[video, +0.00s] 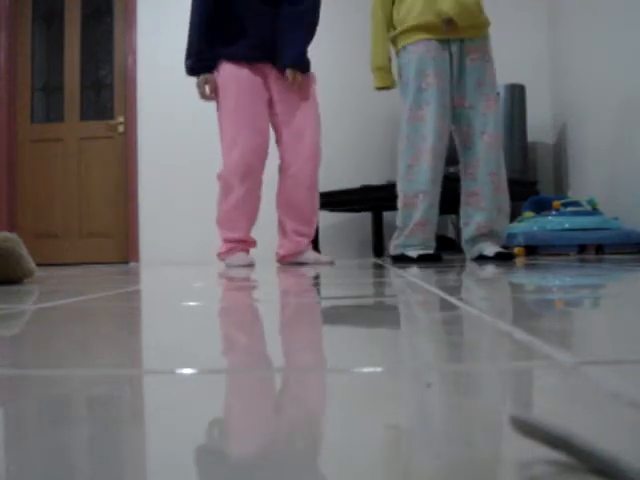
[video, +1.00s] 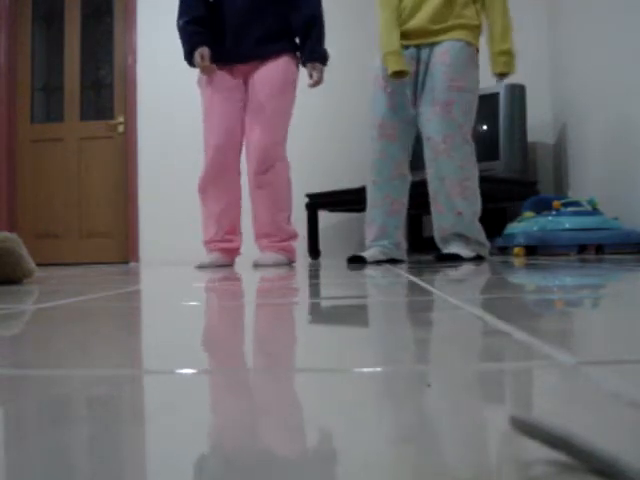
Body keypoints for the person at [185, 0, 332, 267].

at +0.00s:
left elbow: (308, 4)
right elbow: (203, 7)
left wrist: (295, 52)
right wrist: (203, 64)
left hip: (290, 60)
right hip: (236, 59)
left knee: (303, 158)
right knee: (243, 158)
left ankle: (295, 247)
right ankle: (235, 248)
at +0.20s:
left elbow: (303, 0)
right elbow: (194, 3)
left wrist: (303, 36)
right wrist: (193, 49)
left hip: (279, 49)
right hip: (221, 52)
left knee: (289, 152)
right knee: (229, 157)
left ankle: (291, 243)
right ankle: (231, 244)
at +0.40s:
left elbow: (301, 3)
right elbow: (187, 2)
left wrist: (308, 44)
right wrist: (193, 32)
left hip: (265, 54)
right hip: (211, 57)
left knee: (267, 155)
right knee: (211, 158)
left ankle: (280, 243)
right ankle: (222, 246)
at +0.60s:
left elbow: (295, 5)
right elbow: (184, 4)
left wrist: (302, 57)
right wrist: (190, 38)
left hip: (258, 56)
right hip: (208, 60)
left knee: (254, 159)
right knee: (199, 162)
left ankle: (276, 248)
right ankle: (217, 250)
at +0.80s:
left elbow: (296, 4)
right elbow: (184, 4)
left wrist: (300, 58)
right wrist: (186, 39)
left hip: (264, 54)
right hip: (210, 58)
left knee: (257, 154)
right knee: (199, 159)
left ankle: (275, 248)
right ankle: (218, 249)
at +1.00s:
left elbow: (307, 3)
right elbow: (189, 5)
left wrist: (313, 49)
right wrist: (196, 43)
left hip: (274, 55)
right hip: (219, 58)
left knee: (266, 153)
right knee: (218, 155)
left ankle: (276, 248)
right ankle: (220, 249)